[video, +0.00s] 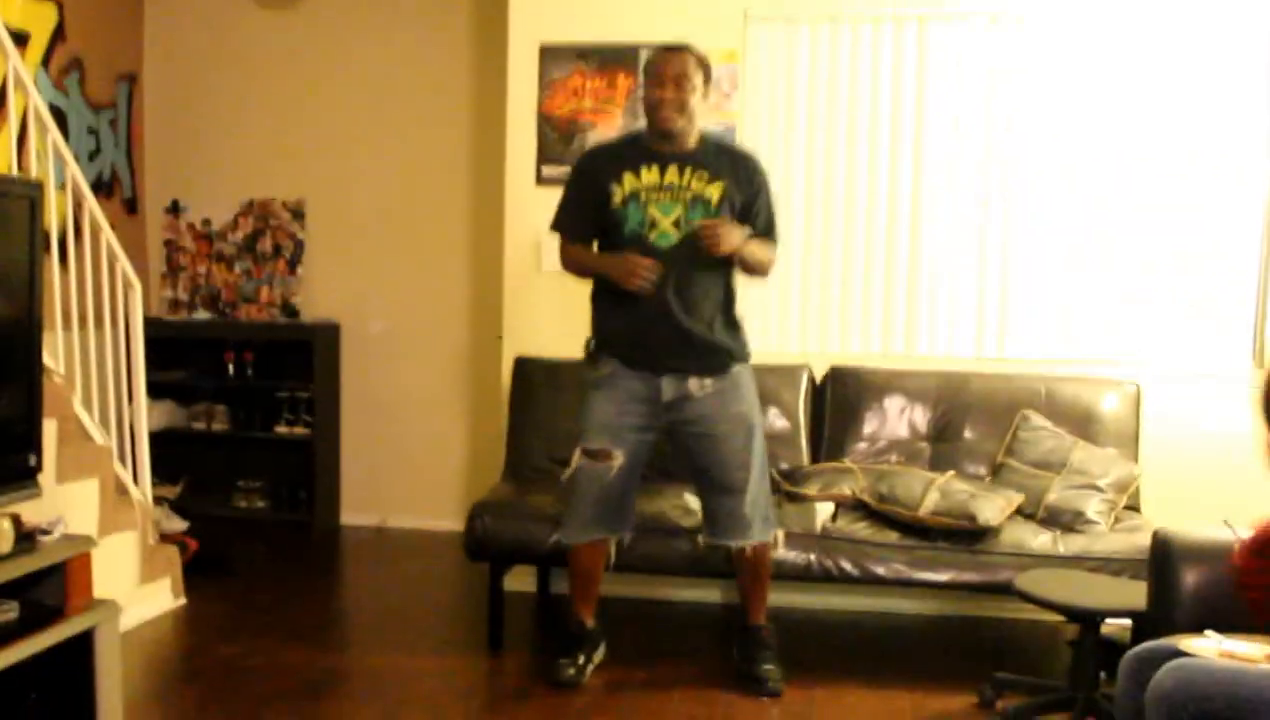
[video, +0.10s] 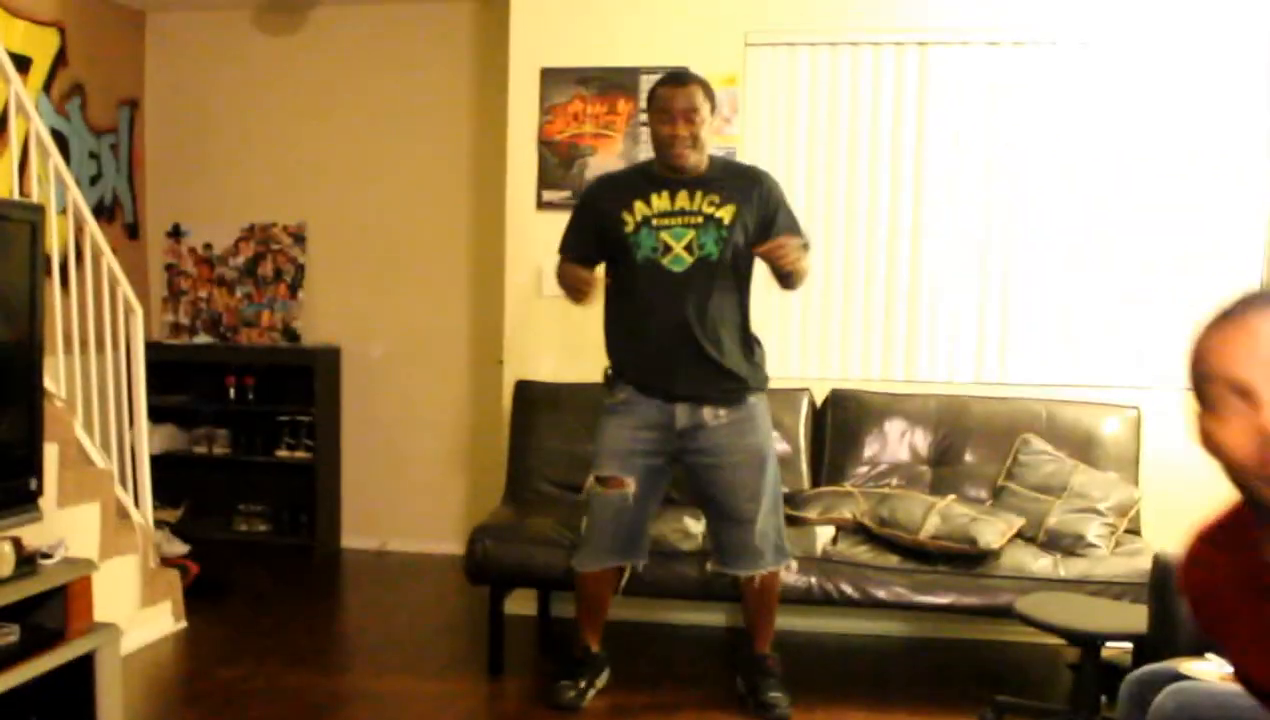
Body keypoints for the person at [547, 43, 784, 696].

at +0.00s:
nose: (666, 96)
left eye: (679, 86)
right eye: (657, 85)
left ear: (702, 94)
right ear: (642, 92)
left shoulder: (739, 170)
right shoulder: (601, 166)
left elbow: (765, 264)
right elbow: (569, 251)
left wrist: (741, 241)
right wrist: (608, 265)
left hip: (716, 367)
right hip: (623, 367)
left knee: (748, 506)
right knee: (591, 494)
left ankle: (756, 636)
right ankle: (582, 634)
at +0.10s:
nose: (679, 128)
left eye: (691, 116)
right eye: (666, 117)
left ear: (711, 121)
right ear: (649, 123)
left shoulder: (750, 187)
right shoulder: (608, 194)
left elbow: (793, 274)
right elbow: (574, 277)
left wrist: (790, 258)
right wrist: (580, 272)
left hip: (730, 397)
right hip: (636, 397)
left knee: (758, 541)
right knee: (604, 521)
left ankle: (763, 661)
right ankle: (588, 657)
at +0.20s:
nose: (687, 158)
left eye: (698, 146)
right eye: (675, 147)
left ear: (718, 150)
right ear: (659, 153)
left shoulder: (763, 221)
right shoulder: (624, 226)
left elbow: (818, 292)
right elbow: (585, 299)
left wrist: (827, 263)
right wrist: (562, 289)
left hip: (742, 418)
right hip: (651, 415)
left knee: (770, 560)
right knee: (611, 544)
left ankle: (765, 679)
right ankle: (594, 673)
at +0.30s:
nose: (692, 156)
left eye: (704, 144)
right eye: (680, 145)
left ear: (723, 140)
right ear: (661, 144)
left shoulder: (763, 207)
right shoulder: (625, 215)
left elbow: (801, 301)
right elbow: (613, 309)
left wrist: (824, 255)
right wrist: (582, 293)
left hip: (744, 413)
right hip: (650, 410)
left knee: (774, 552)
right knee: (611, 523)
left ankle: (762, 670)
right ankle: (592, 660)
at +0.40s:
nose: (694, 142)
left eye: (704, 129)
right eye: (681, 130)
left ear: (722, 126)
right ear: (660, 131)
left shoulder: (759, 191)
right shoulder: (622, 198)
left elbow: (768, 297)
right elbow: (609, 298)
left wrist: (778, 264)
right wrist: (635, 269)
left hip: (733, 396)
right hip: (641, 393)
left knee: (761, 541)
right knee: (609, 514)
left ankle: (763, 665)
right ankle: (588, 660)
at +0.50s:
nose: (688, 147)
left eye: (698, 135)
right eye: (675, 136)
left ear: (714, 132)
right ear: (654, 135)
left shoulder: (751, 201)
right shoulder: (615, 195)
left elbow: (770, 294)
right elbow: (594, 288)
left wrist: (726, 272)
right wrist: (668, 257)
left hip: (721, 402)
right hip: (630, 399)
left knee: (752, 548)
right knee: (601, 526)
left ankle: (757, 665)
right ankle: (583, 662)